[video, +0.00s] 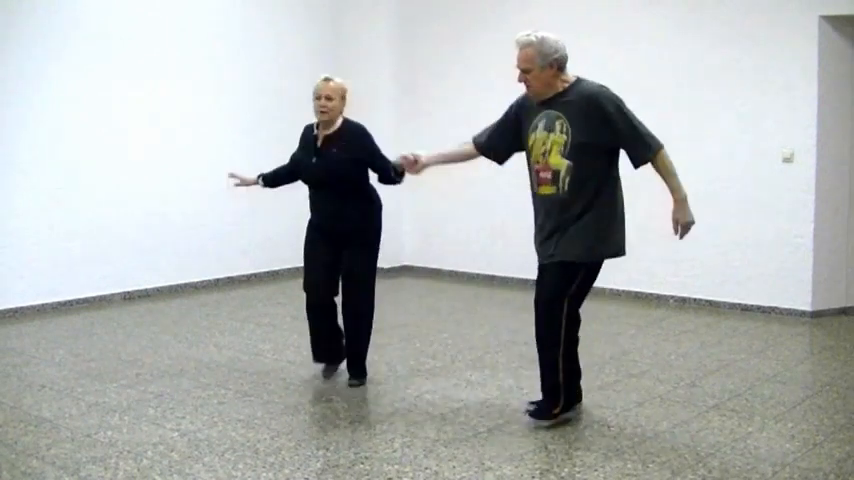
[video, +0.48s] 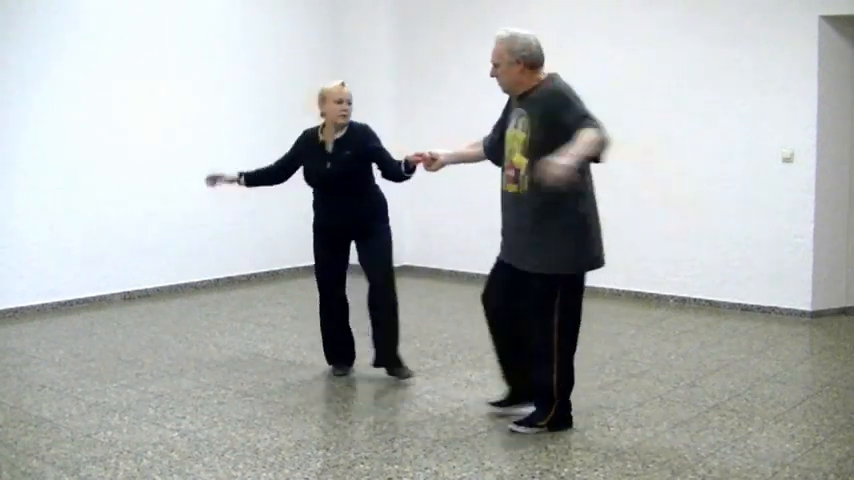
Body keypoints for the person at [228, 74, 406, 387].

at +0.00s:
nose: (323, 104)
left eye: (329, 99)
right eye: (318, 98)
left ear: (342, 103)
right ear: (313, 102)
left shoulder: (357, 135)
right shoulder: (310, 135)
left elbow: (385, 173)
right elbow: (296, 169)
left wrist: (400, 168)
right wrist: (257, 180)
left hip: (361, 226)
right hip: (323, 224)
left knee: (357, 295)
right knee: (316, 291)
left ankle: (357, 366)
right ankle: (332, 354)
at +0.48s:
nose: (345, 107)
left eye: (348, 102)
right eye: (338, 102)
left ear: (352, 106)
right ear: (322, 108)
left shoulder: (362, 135)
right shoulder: (309, 140)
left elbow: (392, 171)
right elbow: (279, 173)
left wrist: (409, 165)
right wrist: (237, 179)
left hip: (370, 222)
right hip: (329, 225)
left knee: (383, 284)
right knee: (330, 291)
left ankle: (388, 356)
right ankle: (340, 359)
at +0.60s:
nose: (371, 108)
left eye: (372, 103)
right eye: (364, 103)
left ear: (373, 108)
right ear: (345, 107)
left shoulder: (383, 137)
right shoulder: (327, 142)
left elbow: (409, 173)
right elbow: (291, 171)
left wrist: (425, 174)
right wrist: (274, 165)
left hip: (383, 225)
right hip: (341, 228)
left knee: (403, 288)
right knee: (339, 293)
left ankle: (420, 362)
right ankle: (335, 359)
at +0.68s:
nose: (391, 108)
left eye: (391, 103)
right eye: (384, 103)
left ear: (390, 107)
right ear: (363, 108)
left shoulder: (399, 139)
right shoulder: (346, 142)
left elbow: (421, 177)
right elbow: (317, 174)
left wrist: (438, 181)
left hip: (395, 231)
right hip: (355, 233)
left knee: (412, 299)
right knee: (350, 297)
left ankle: (431, 372)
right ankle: (332, 354)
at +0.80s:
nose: (418, 107)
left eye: (415, 101)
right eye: (411, 102)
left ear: (403, 108)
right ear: (392, 109)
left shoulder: (420, 143)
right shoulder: (376, 142)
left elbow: (439, 184)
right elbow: (383, 181)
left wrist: (465, 194)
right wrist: (428, 163)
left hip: (415, 228)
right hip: (379, 230)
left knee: (430, 301)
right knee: (385, 302)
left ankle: (432, 373)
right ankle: (342, 345)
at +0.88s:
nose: (429, 105)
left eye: (427, 99)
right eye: (423, 100)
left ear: (407, 109)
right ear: (407, 108)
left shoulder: (420, 139)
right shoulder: (397, 141)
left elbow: (430, 180)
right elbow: (416, 183)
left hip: (421, 225)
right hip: (395, 227)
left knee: (434, 296)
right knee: (412, 298)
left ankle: (436, 368)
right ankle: (366, 348)